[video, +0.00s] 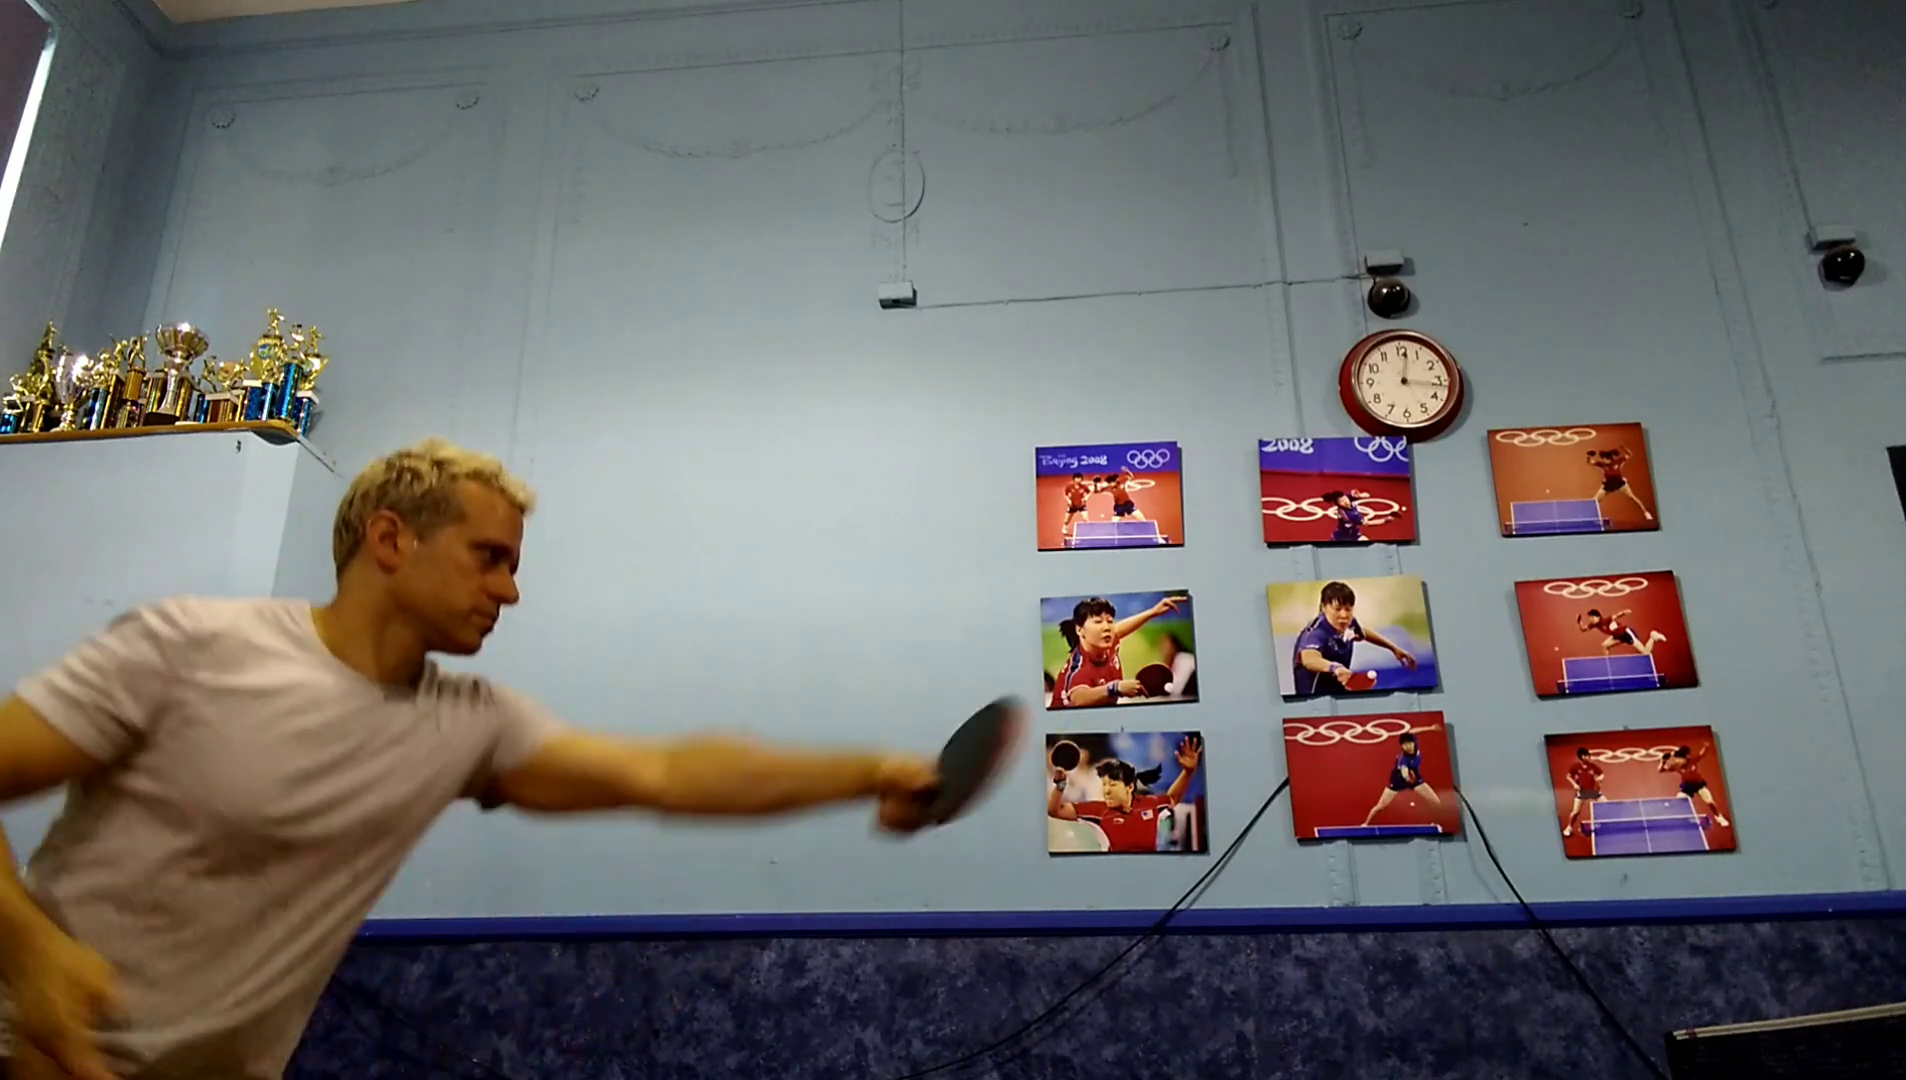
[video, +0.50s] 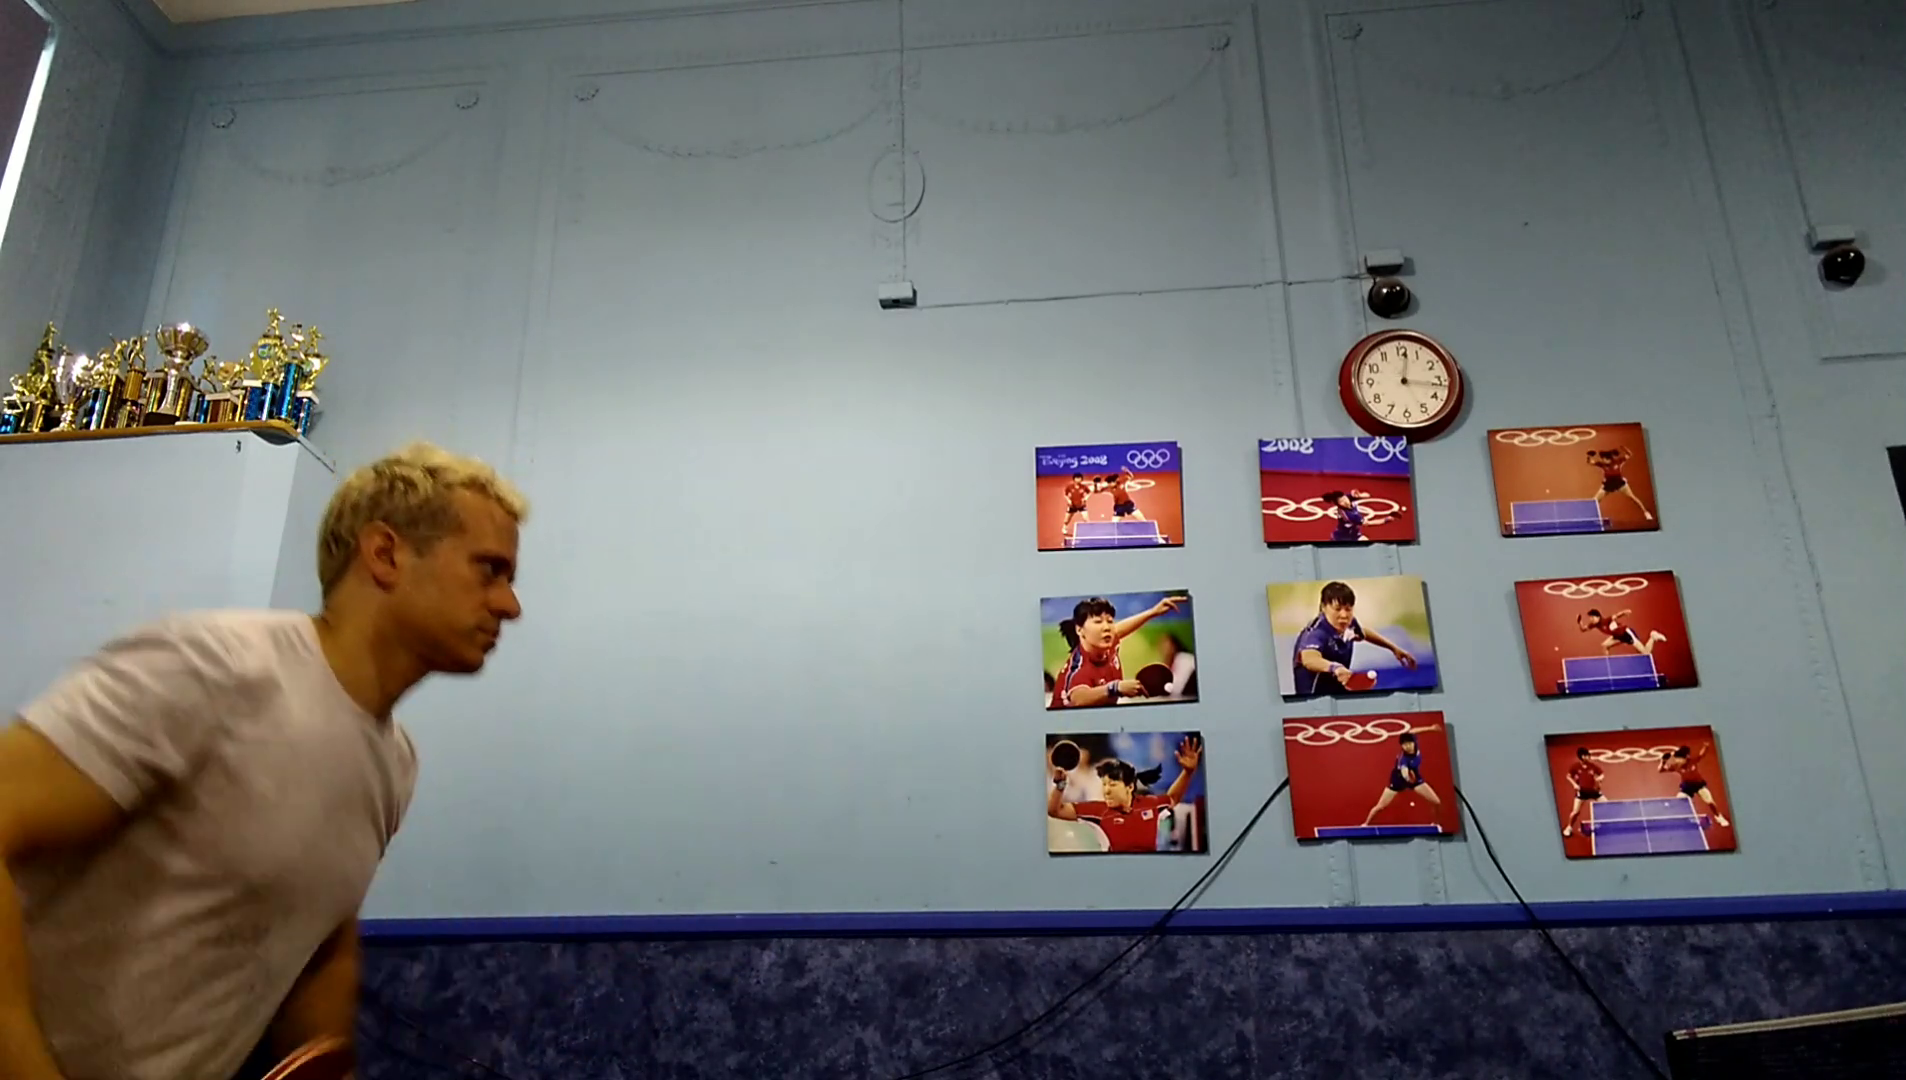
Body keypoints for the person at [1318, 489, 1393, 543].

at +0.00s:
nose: (1344, 502)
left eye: (1344, 499)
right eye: (1341, 502)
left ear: (1346, 497)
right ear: (1339, 505)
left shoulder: (1349, 498)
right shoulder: (1350, 515)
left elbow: (1367, 496)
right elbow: (1366, 523)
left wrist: (1360, 495)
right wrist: (1385, 520)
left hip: (1355, 536)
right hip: (1341, 538)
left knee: (1371, 547)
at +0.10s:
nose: (1344, 502)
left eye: (1344, 499)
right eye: (1341, 502)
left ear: (1346, 497)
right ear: (1339, 505)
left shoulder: (1349, 498)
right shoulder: (1350, 515)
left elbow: (1367, 496)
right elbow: (1367, 523)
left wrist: (1360, 495)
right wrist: (1385, 520)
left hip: (1355, 536)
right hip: (1341, 538)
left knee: (1371, 547)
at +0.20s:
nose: (1344, 502)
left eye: (1344, 499)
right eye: (1341, 502)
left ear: (1346, 497)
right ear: (1339, 505)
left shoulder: (1349, 498)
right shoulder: (1350, 515)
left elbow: (1367, 496)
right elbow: (1366, 523)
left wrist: (1360, 495)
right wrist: (1385, 520)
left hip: (1355, 536)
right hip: (1341, 538)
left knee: (1371, 547)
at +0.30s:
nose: (1344, 502)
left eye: (1344, 499)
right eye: (1341, 502)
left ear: (1346, 497)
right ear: (1339, 505)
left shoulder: (1349, 498)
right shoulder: (1350, 515)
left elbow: (1367, 496)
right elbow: (1366, 523)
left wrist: (1360, 495)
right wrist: (1385, 520)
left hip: (1355, 536)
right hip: (1341, 538)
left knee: (1371, 547)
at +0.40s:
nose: (1344, 502)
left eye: (1344, 499)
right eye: (1341, 502)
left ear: (1346, 497)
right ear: (1339, 505)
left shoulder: (1348, 497)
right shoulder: (1350, 515)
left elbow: (1368, 496)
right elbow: (1366, 523)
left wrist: (1360, 495)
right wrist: (1384, 520)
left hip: (1355, 536)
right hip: (1341, 538)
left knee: (1371, 547)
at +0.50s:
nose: (1344, 502)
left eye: (1344, 499)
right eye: (1341, 502)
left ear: (1346, 497)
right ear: (1339, 505)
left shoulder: (1349, 498)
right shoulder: (1350, 515)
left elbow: (1367, 496)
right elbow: (1366, 523)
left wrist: (1360, 495)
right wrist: (1385, 520)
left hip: (1356, 536)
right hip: (1341, 538)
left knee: (1371, 547)